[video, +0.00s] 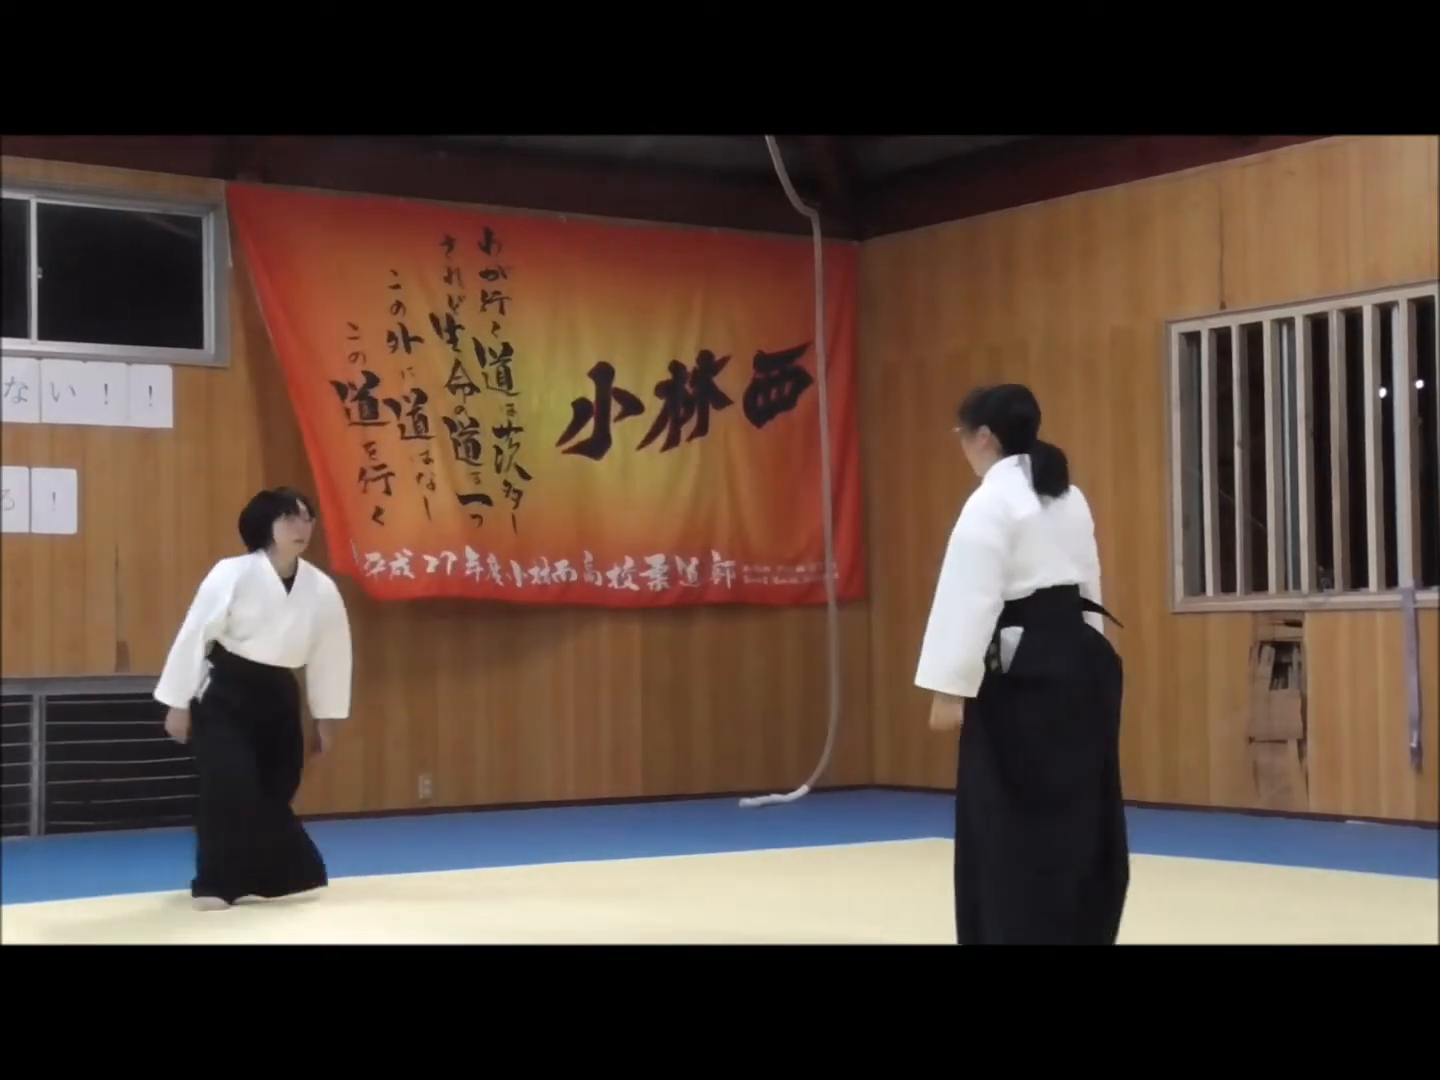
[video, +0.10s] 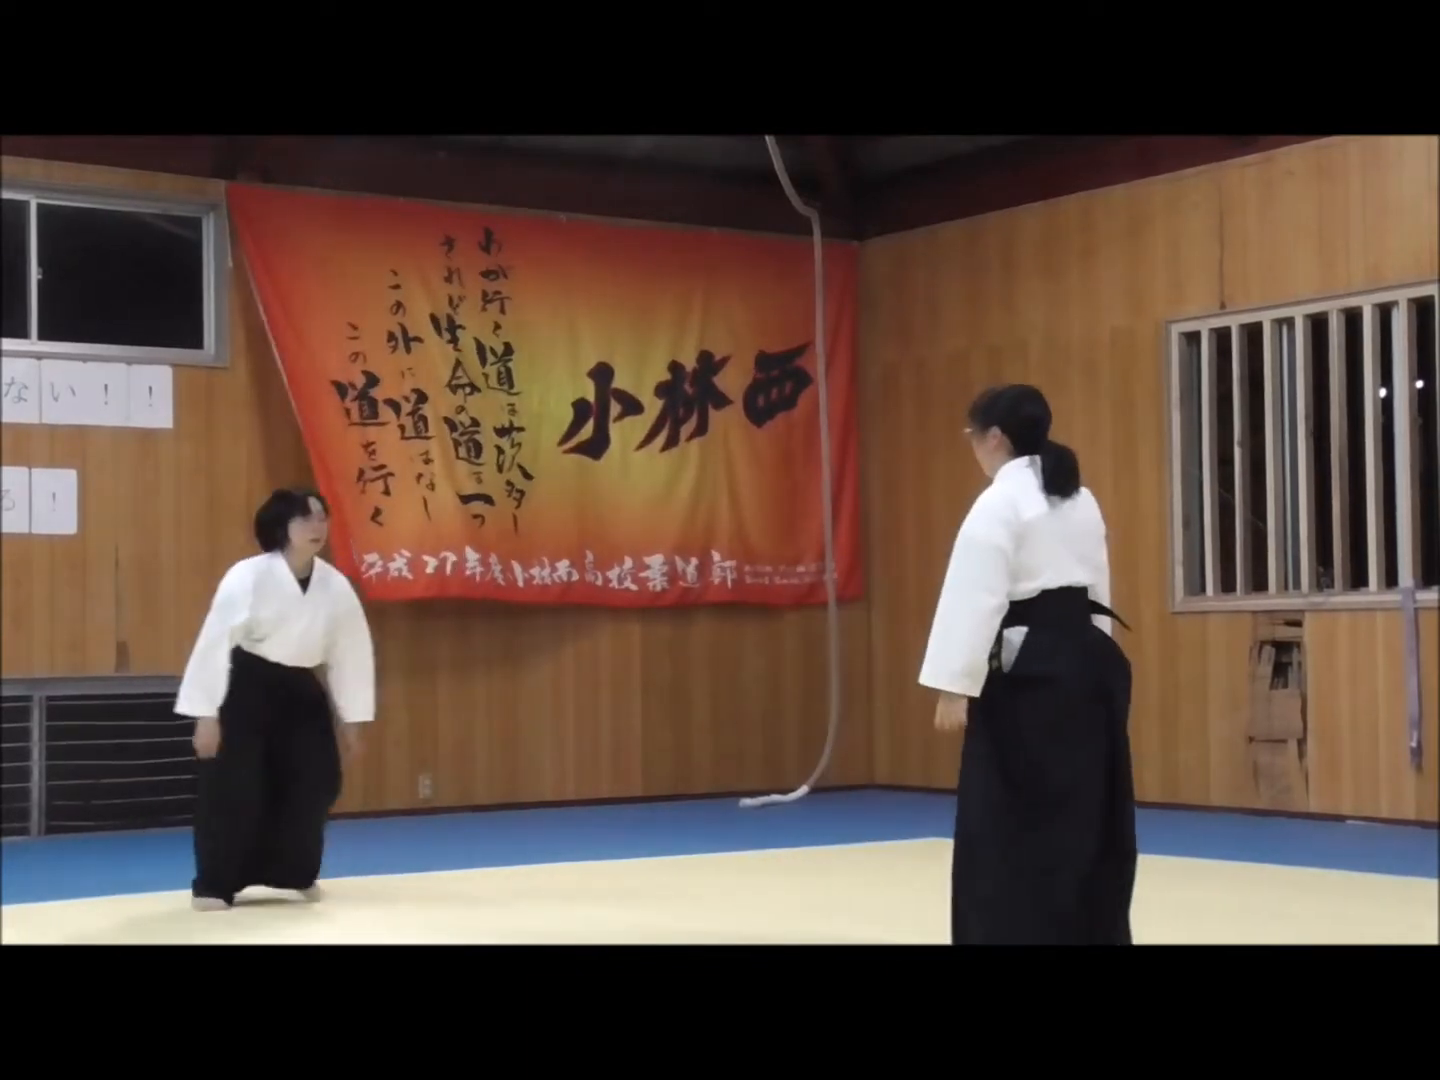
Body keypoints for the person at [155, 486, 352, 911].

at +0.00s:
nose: (303, 525)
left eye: (307, 517)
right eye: (291, 517)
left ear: (312, 526)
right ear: (268, 527)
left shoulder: (320, 588)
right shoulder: (233, 574)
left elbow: (327, 654)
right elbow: (194, 636)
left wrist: (322, 715)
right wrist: (178, 703)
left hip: (279, 692)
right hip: (227, 687)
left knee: (279, 781)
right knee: (229, 781)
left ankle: (253, 873)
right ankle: (211, 884)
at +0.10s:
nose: (318, 526)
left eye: (322, 517)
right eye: (307, 518)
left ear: (328, 525)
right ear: (284, 528)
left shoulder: (336, 587)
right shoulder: (248, 577)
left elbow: (350, 654)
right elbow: (214, 644)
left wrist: (350, 719)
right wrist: (207, 714)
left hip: (303, 689)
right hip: (248, 684)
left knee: (316, 777)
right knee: (235, 780)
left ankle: (297, 871)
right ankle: (214, 885)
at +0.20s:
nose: (345, 517)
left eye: (349, 508)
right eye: (333, 509)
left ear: (355, 516)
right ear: (310, 518)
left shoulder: (360, 578)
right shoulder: (277, 568)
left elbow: (383, 639)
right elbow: (246, 634)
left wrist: (393, 701)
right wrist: (246, 701)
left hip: (330, 684)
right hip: (276, 680)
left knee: (358, 777)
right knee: (245, 780)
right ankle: (208, 881)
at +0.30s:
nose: (380, 504)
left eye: (382, 495)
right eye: (368, 495)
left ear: (385, 503)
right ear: (345, 505)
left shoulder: (399, 566)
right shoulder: (314, 557)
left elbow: (424, 624)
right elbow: (283, 621)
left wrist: (443, 676)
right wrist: (277, 687)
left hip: (368, 678)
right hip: (313, 675)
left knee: (393, 776)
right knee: (279, 776)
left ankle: (392, 891)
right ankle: (224, 866)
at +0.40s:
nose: (420, 485)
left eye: (420, 477)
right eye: (409, 478)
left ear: (418, 486)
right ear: (382, 488)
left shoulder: (440, 553)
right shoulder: (349, 542)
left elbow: (471, 600)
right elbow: (316, 609)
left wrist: (501, 641)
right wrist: (298, 678)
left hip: (403, 669)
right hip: (347, 664)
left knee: (410, 781)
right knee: (347, 780)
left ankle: (403, 894)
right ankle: (291, 862)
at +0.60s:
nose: (484, 474)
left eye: (487, 466)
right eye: (472, 466)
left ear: (489, 475)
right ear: (444, 476)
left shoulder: (505, 535)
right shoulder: (408, 534)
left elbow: (546, 566)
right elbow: (365, 593)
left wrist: (596, 571)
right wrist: (340, 649)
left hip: (476, 661)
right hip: (424, 660)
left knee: (448, 771)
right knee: (448, 772)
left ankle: (398, 868)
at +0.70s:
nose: (524, 475)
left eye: (524, 466)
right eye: (509, 467)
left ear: (525, 476)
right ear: (481, 479)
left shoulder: (543, 537)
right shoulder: (443, 539)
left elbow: (587, 562)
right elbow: (400, 609)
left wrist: (638, 559)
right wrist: (370, 679)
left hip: (517, 666)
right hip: (462, 666)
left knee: (507, 779)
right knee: (482, 778)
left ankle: (439, 862)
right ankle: (494, 908)